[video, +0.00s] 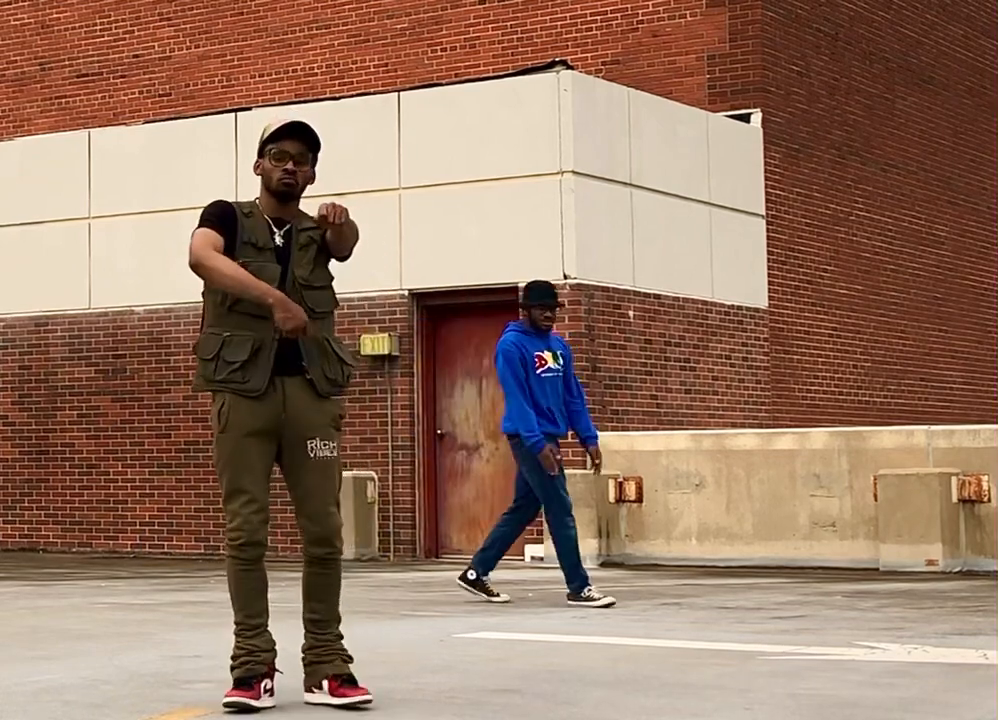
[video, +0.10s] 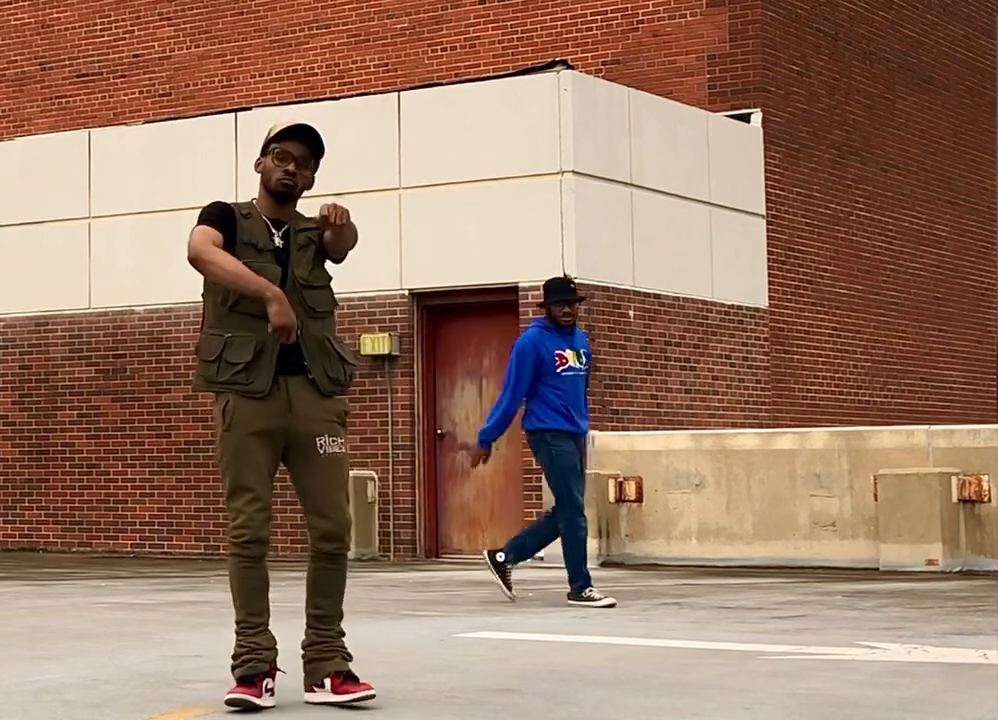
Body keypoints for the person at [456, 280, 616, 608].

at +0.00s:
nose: (550, 316)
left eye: (553, 310)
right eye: (542, 310)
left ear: (557, 310)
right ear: (525, 310)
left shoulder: (559, 345)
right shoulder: (511, 344)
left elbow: (572, 395)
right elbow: (516, 399)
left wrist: (589, 438)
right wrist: (539, 443)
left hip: (549, 436)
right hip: (527, 436)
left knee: (524, 509)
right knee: (559, 507)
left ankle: (476, 573)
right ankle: (578, 587)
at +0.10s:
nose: (569, 311)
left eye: (573, 305)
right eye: (561, 306)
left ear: (577, 305)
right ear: (547, 308)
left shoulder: (580, 340)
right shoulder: (531, 342)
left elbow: (579, 391)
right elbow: (512, 394)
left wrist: (582, 434)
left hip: (574, 433)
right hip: (548, 432)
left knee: (568, 510)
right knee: (572, 508)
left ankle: (505, 557)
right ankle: (580, 587)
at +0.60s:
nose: (648, 310)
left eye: (655, 305)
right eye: (642, 304)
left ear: (665, 305)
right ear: (632, 301)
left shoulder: (670, 334)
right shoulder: (613, 332)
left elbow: (652, 378)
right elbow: (575, 369)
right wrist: (536, 397)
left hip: (660, 438)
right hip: (624, 438)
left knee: (672, 514)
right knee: (616, 514)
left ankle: (684, 589)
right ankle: (585, 582)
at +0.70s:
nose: (660, 306)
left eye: (668, 300)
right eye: (655, 299)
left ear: (680, 301)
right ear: (647, 298)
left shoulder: (687, 332)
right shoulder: (629, 328)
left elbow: (671, 377)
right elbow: (593, 368)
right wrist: (556, 399)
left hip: (679, 435)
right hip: (645, 436)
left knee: (689, 513)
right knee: (649, 511)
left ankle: (685, 590)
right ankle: (602, 568)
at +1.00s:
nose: (692, 292)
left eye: (698, 285)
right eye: (685, 286)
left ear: (710, 288)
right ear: (677, 291)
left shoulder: (726, 327)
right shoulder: (660, 324)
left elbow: (729, 376)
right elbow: (625, 368)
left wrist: (726, 410)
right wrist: (591, 402)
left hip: (714, 425)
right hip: (679, 424)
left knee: (705, 505)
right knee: (705, 500)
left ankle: (687, 589)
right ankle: (695, 587)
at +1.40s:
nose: (740, 285)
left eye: (744, 281)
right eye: (732, 281)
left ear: (750, 287)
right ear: (716, 290)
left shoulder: (771, 324)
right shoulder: (700, 332)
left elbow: (790, 367)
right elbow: (704, 387)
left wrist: (801, 404)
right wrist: (735, 418)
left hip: (765, 430)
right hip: (726, 431)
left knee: (778, 514)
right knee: (746, 513)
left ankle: (722, 560)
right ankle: (762, 594)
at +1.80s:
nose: (769, 277)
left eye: (775, 271)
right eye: (762, 273)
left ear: (788, 280)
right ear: (751, 283)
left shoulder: (812, 321)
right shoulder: (734, 325)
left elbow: (824, 384)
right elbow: (724, 381)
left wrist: (826, 438)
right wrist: (731, 427)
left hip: (801, 434)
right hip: (754, 437)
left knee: (821, 512)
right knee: (758, 522)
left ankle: (843, 591)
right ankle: (764, 597)